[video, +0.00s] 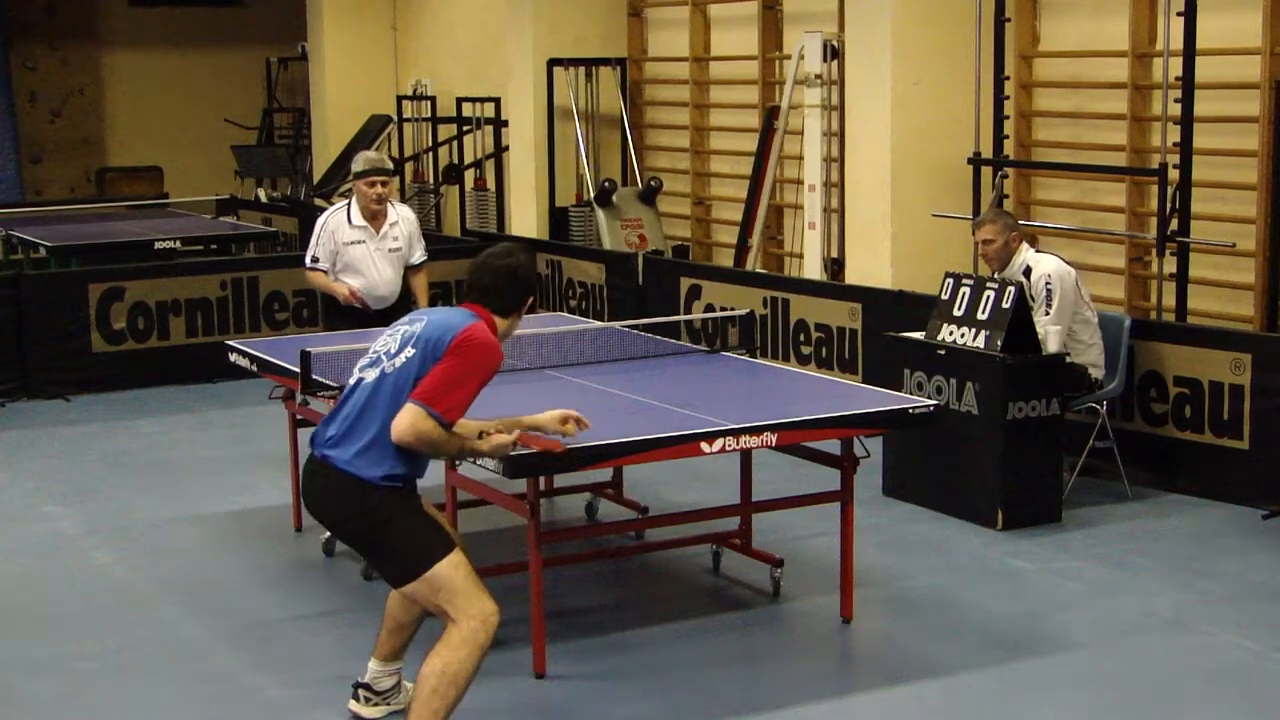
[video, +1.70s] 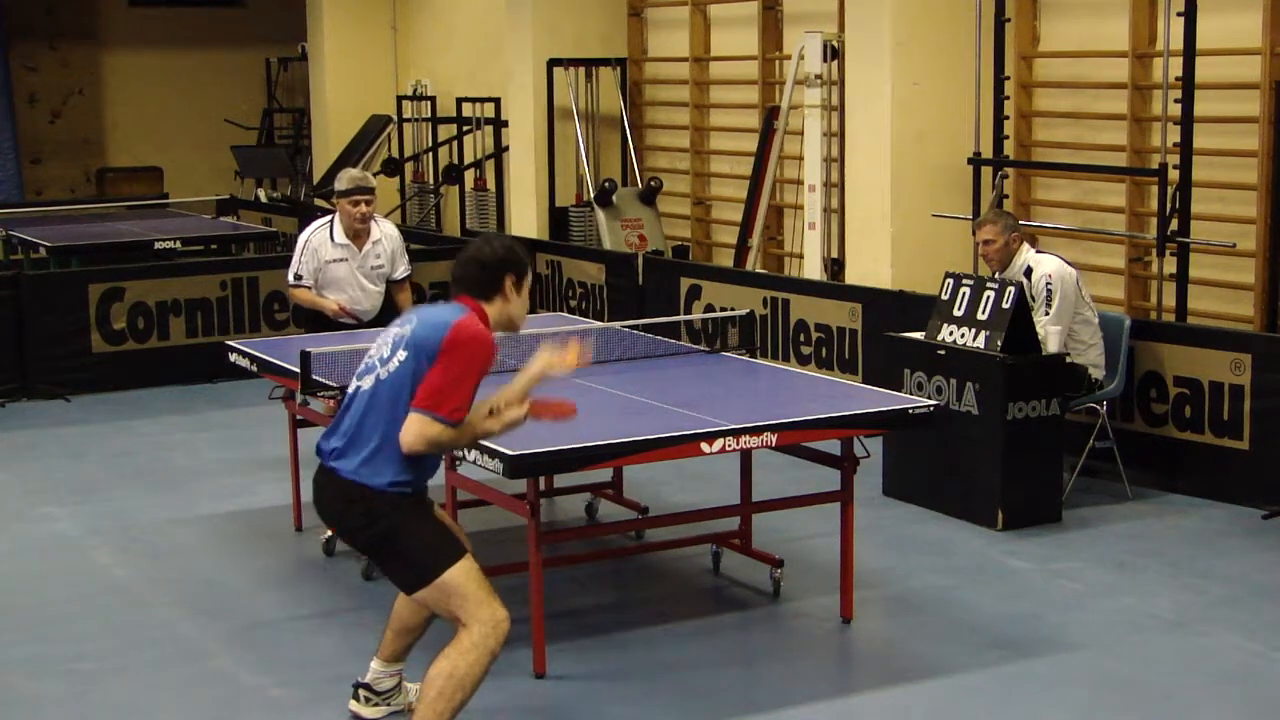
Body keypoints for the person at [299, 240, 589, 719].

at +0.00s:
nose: (529, 312)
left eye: (528, 301)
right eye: (531, 303)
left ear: (473, 287)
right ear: (524, 305)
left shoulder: (424, 318)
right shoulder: (480, 340)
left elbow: (439, 424)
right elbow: (409, 428)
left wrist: (534, 422)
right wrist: (474, 447)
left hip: (327, 471)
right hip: (364, 488)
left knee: (440, 549)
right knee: (477, 616)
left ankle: (379, 683)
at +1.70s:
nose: (528, 302)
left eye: (529, 290)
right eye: (527, 289)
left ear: (471, 283)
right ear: (507, 286)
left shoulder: (426, 316)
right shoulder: (470, 333)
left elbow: (472, 418)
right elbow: (417, 435)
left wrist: (533, 374)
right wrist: (479, 427)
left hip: (340, 478)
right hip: (372, 494)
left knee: (450, 551)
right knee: (487, 622)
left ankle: (380, 684)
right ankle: (425, 714)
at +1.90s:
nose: (526, 240)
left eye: (525, 229)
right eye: (520, 229)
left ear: (476, 232)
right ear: (489, 232)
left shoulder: (417, 275)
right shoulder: (457, 291)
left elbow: (489, 358)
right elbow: (435, 410)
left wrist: (536, 282)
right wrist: (501, 374)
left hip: (363, 461)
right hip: (400, 476)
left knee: (441, 576)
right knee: (489, 619)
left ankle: (380, 685)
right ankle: (424, 715)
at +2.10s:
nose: (531, 195)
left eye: (527, 184)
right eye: (521, 186)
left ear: (488, 200)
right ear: (490, 199)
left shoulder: (471, 260)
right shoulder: (435, 262)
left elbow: (446, 352)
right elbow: (395, 359)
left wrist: (499, 348)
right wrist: (450, 305)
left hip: (433, 448)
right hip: (416, 454)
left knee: (450, 575)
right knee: (489, 618)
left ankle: (387, 684)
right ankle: (425, 714)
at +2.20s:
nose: (546, 206)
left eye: (545, 194)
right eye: (539, 194)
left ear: (500, 199)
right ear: (503, 200)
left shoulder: (481, 257)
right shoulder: (448, 255)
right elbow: (382, 344)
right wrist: (404, 272)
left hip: (448, 444)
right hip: (431, 450)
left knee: (454, 575)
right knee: (491, 618)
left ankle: (389, 688)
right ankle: (423, 714)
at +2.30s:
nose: (561, 232)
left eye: (564, 221)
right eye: (558, 219)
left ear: (514, 204)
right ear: (519, 206)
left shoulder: (475, 240)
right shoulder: (473, 252)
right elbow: (406, 308)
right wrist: (378, 344)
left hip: (419, 440)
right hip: (446, 446)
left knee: (457, 565)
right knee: (530, 595)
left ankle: (387, 686)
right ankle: (444, 715)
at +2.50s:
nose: (602, 252)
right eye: (605, 244)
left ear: (545, 220)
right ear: (598, 246)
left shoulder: (484, 250)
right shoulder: (564, 283)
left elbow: (389, 267)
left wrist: (304, 260)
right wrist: (543, 387)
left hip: (415, 447)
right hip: (475, 457)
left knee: (448, 562)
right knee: (602, 563)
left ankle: (385, 687)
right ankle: (561, 702)